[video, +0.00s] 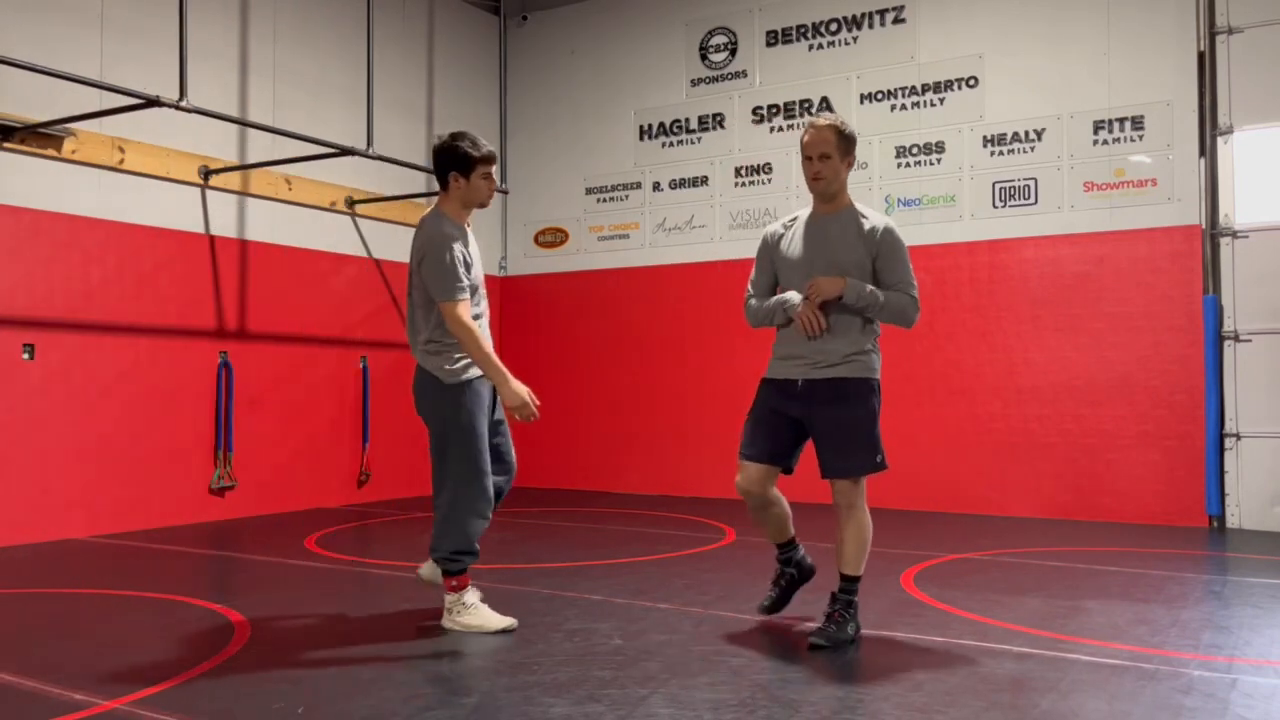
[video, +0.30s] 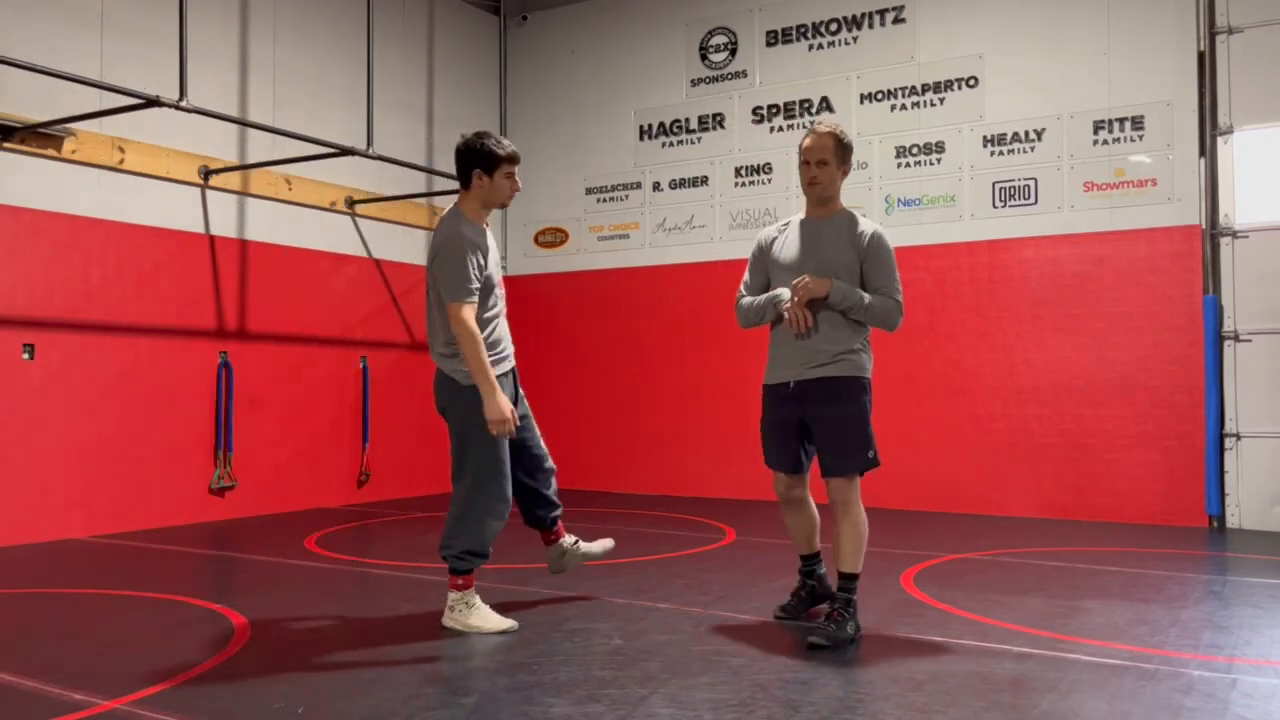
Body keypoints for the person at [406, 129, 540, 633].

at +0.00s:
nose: (496, 184)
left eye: (495, 175)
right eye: (488, 176)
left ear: (458, 182)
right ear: (456, 180)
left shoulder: (456, 228)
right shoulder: (443, 238)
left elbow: (457, 315)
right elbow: (458, 321)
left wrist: (480, 370)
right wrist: (506, 383)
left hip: (472, 376)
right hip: (453, 380)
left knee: (499, 471)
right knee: (464, 481)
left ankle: (445, 557)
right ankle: (458, 596)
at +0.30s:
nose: (517, 185)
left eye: (517, 175)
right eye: (510, 176)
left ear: (482, 180)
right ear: (478, 178)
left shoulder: (476, 226)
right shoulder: (458, 239)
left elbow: (476, 310)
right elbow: (462, 322)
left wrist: (500, 372)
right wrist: (489, 393)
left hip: (498, 375)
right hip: (470, 383)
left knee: (532, 463)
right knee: (481, 486)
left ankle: (558, 545)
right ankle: (461, 596)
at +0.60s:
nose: (529, 183)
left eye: (529, 174)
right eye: (522, 174)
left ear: (497, 179)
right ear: (491, 177)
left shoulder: (496, 230)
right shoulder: (464, 239)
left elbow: (499, 312)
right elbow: (451, 321)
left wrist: (522, 371)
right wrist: (455, 396)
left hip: (520, 377)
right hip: (488, 384)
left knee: (551, 466)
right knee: (488, 485)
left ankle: (539, 558)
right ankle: (460, 596)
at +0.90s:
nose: (546, 185)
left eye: (545, 176)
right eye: (538, 177)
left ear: (517, 182)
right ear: (509, 181)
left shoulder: (520, 239)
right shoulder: (478, 244)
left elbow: (523, 313)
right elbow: (470, 319)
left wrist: (539, 372)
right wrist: (481, 389)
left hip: (536, 380)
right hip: (504, 383)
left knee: (537, 485)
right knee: (496, 487)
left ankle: (512, 584)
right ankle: (461, 597)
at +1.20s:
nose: (568, 192)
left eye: (568, 185)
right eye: (561, 184)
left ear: (543, 189)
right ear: (533, 186)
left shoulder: (537, 245)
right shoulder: (503, 240)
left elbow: (533, 315)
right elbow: (489, 308)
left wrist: (546, 369)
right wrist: (516, 374)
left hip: (545, 380)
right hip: (516, 382)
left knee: (549, 486)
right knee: (518, 488)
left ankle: (513, 583)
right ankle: (466, 594)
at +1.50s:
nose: (583, 199)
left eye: (584, 192)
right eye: (577, 190)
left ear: (558, 193)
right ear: (548, 189)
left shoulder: (547, 249)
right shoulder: (516, 236)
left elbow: (543, 319)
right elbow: (486, 294)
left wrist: (558, 372)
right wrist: (521, 353)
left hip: (541, 381)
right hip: (515, 380)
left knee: (547, 480)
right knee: (530, 475)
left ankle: (511, 580)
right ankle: (487, 591)